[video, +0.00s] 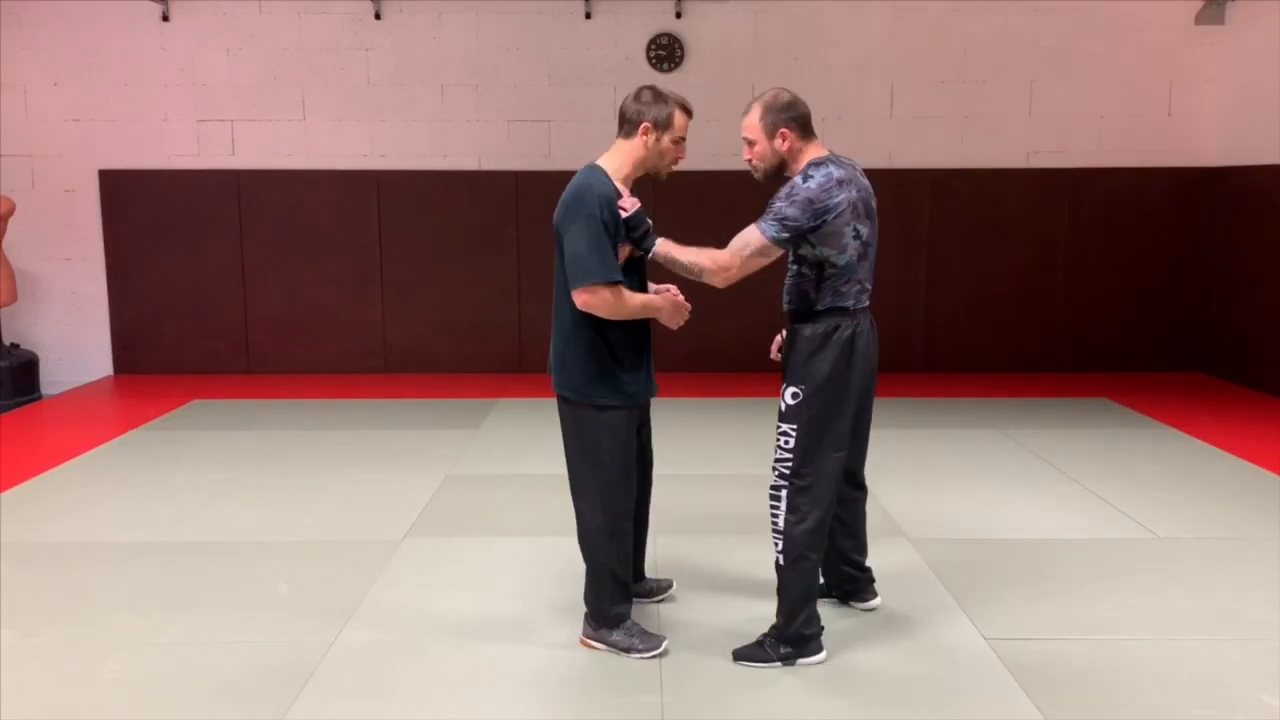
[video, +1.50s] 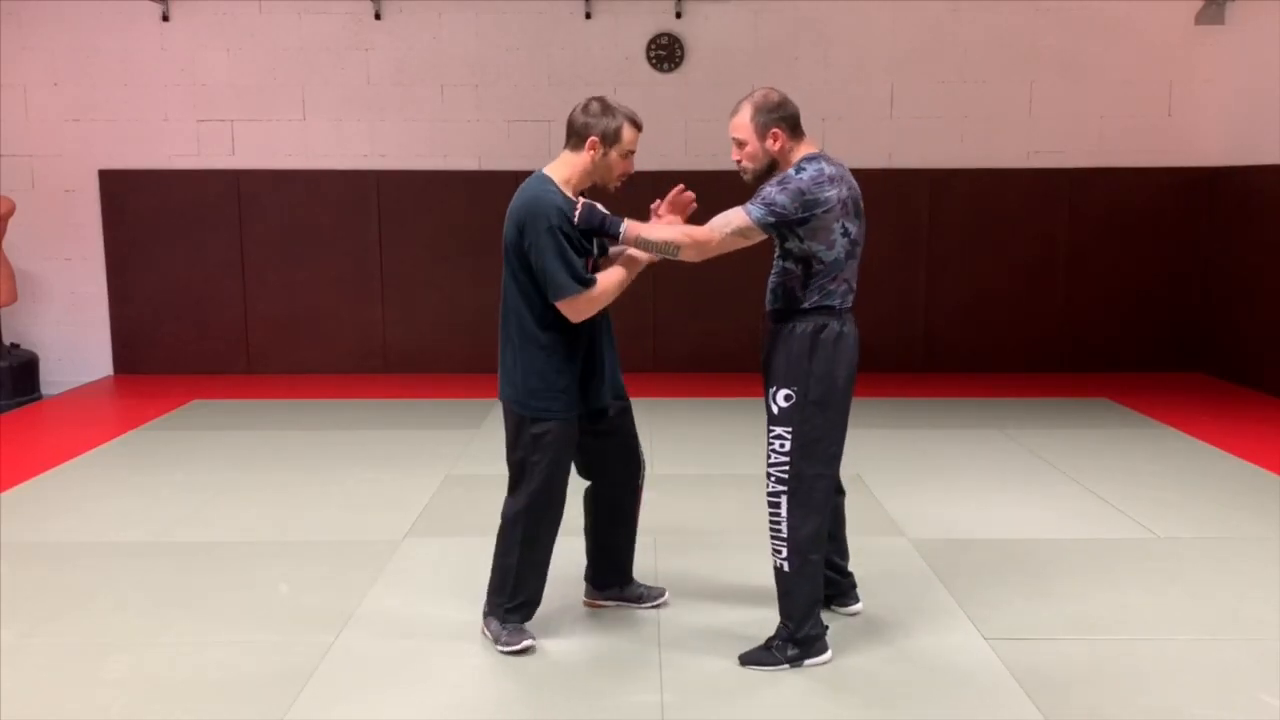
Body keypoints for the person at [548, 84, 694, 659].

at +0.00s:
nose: (682, 153)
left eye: (684, 141)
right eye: (678, 140)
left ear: (644, 133)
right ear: (647, 134)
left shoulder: (621, 193)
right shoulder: (589, 196)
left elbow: (627, 272)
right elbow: (590, 295)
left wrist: (656, 296)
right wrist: (655, 306)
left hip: (623, 374)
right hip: (592, 379)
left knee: (631, 485)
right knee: (605, 496)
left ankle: (625, 578)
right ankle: (604, 619)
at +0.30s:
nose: (657, 144)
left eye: (658, 133)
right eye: (650, 133)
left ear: (619, 130)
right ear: (618, 129)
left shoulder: (607, 197)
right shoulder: (564, 198)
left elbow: (605, 275)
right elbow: (557, 296)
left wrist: (640, 289)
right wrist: (630, 295)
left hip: (612, 373)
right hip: (571, 379)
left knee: (617, 482)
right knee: (571, 494)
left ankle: (618, 579)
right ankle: (528, 609)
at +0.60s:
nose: (645, 160)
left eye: (648, 148)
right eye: (642, 147)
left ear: (610, 137)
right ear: (614, 138)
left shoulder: (583, 190)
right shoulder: (558, 202)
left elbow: (594, 263)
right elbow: (587, 303)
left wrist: (637, 240)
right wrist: (637, 255)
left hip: (586, 368)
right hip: (544, 375)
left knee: (611, 475)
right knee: (546, 502)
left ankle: (616, 576)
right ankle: (521, 615)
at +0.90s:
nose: (662, 178)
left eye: (665, 167)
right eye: (659, 166)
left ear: (627, 152)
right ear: (630, 152)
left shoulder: (597, 196)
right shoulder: (569, 202)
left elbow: (637, 246)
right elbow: (595, 299)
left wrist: (663, 227)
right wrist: (651, 246)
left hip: (588, 369)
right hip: (546, 374)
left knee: (608, 480)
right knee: (547, 495)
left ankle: (609, 580)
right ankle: (511, 608)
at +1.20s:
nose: (633, 166)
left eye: (636, 155)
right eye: (631, 153)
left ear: (599, 143)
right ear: (601, 144)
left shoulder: (575, 192)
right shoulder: (550, 203)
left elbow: (623, 240)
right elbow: (586, 298)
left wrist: (651, 223)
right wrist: (634, 239)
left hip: (582, 372)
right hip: (537, 378)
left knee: (606, 478)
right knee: (532, 501)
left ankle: (609, 580)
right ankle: (507, 615)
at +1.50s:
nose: (630, 168)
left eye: (632, 157)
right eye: (626, 155)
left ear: (591, 148)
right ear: (593, 147)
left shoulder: (577, 201)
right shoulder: (540, 209)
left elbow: (611, 258)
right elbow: (579, 306)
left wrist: (657, 227)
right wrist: (637, 258)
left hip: (589, 374)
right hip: (541, 381)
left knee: (619, 471)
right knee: (536, 497)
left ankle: (609, 581)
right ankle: (505, 613)